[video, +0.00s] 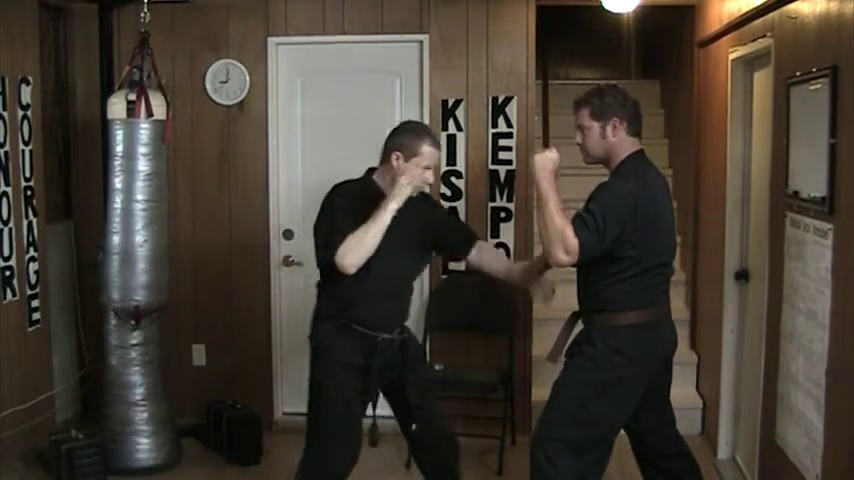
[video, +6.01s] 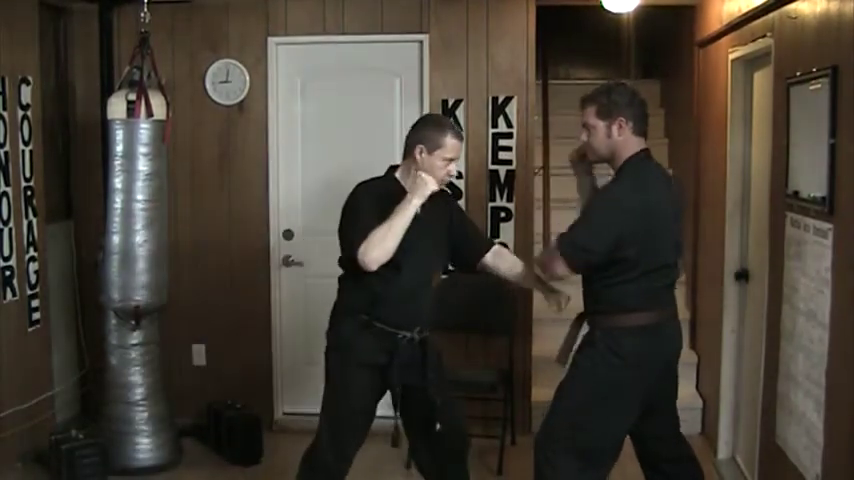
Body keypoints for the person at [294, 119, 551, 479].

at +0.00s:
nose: (430, 179)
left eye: (434, 170)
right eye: (425, 168)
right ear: (395, 159)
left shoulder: (425, 211)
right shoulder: (346, 197)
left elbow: (474, 249)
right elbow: (347, 260)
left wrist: (519, 273)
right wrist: (394, 200)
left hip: (396, 343)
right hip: (341, 342)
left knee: (439, 449)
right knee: (332, 454)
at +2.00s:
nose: (291, 167)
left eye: (294, 158)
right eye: (288, 156)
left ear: (267, 153)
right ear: (259, 149)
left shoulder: (266, 194)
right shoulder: (217, 190)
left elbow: (295, 247)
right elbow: (252, 247)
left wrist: (323, 211)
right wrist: (278, 188)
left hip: (259, 334)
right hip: (212, 334)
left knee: (283, 434)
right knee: (190, 437)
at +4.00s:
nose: (343, 153)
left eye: (346, 144)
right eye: (335, 143)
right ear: (306, 138)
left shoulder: (332, 187)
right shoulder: (266, 182)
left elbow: (371, 226)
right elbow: (278, 237)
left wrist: (389, 179)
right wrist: (310, 174)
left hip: (313, 326)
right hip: (269, 326)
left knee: (313, 431)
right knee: (282, 434)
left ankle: (303, 475)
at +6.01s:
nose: (453, 170)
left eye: (455, 162)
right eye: (447, 161)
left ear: (427, 156)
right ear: (419, 155)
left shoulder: (443, 206)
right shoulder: (368, 196)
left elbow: (488, 253)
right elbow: (369, 257)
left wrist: (539, 281)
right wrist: (413, 200)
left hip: (414, 345)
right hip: (360, 341)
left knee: (446, 443)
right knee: (337, 445)